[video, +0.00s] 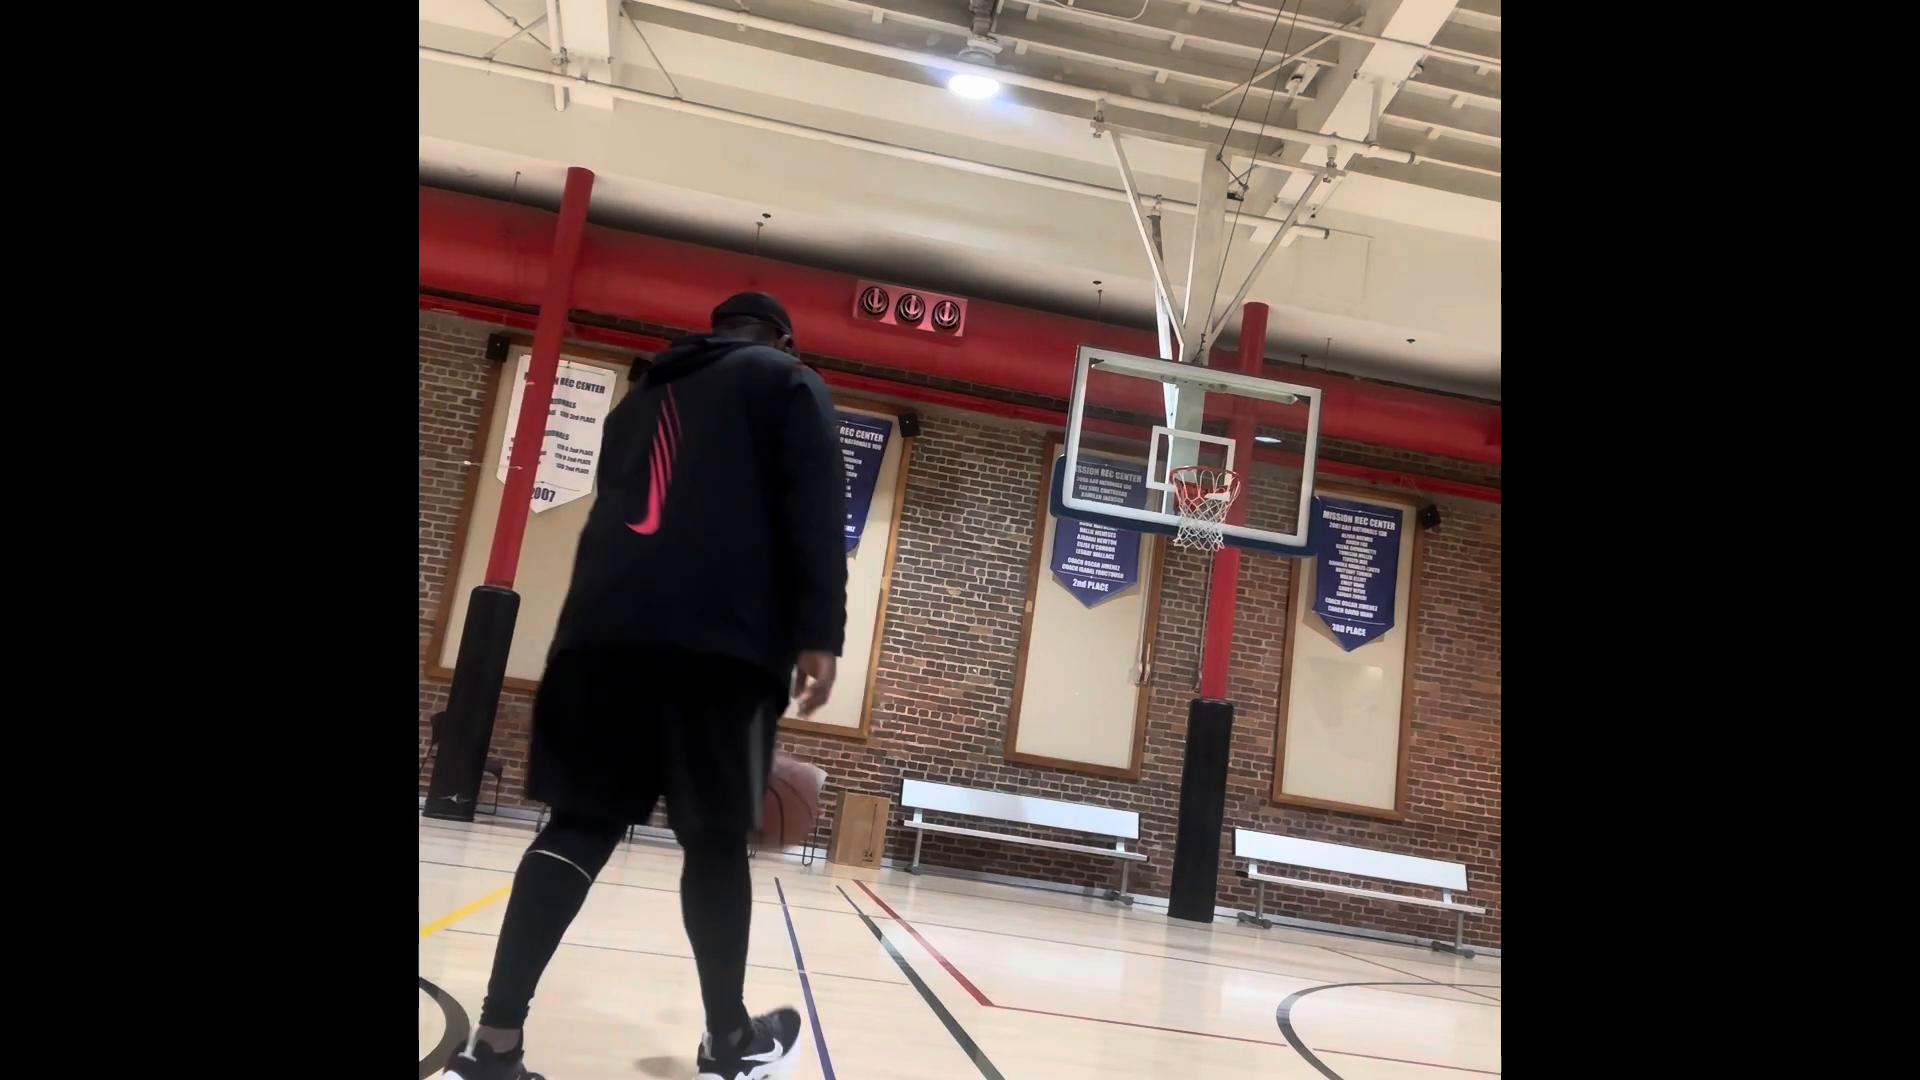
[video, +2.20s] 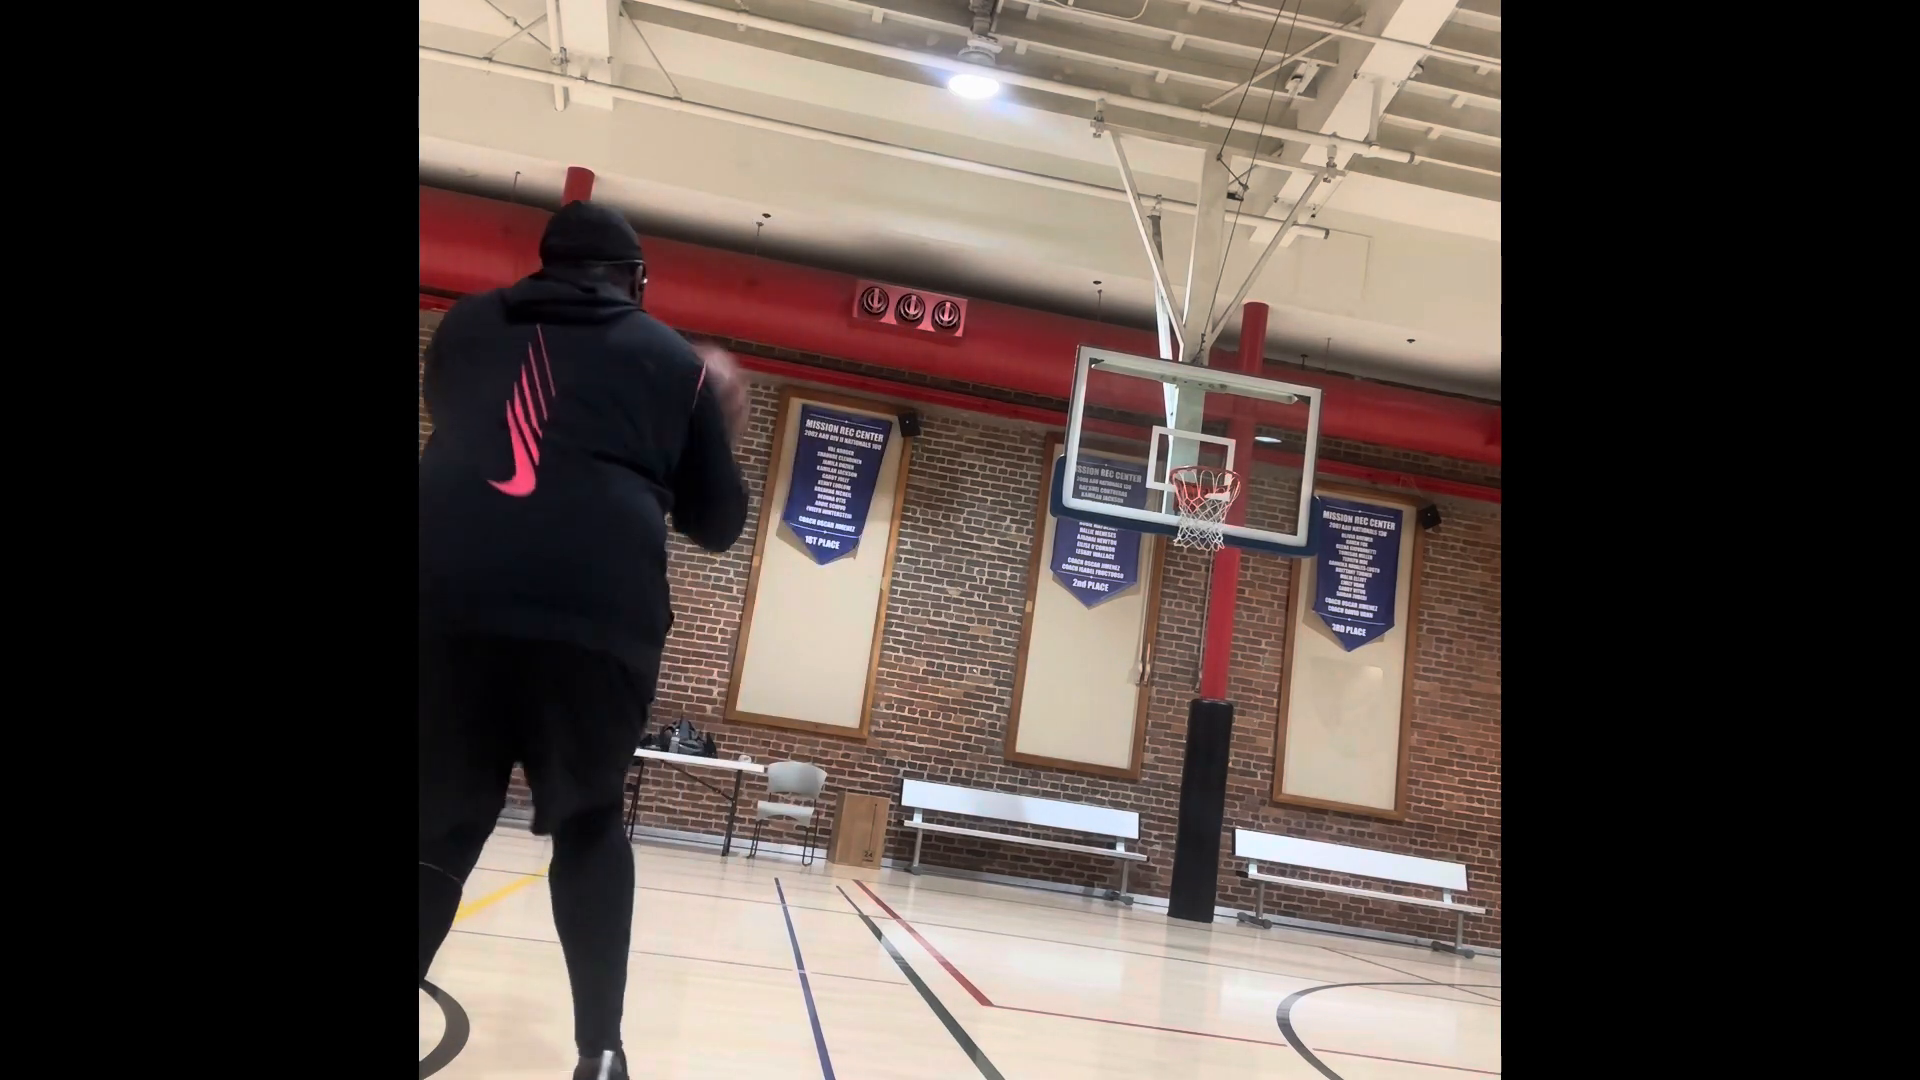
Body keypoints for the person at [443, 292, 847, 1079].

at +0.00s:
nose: (792, 358)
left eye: (785, 345)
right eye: (791, 346)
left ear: (712, 331)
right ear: (779, 339)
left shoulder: (639, 398)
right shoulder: (787, 381)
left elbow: (608, 525)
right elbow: (815, 511)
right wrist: (819, 633)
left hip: (604, 637)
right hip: (723, 647)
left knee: (581, 822)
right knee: (716, 839)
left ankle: (495, 1038)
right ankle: (728, 1034)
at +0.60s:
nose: (822, 327)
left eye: (819, 315)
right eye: (823, 315)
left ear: (743, 283)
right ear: (810, 301)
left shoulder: (640, 349)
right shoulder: (801, 332)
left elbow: (575, 482)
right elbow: (837, 489)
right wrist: (864, 648)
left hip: (564, 593)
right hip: (686, 602)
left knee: (547, 825)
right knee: (676, 860)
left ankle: (484, 1046)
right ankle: (618, 1068)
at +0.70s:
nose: (861, 320)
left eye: (864, 310)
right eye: (863, 308)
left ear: (774, 268)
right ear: (846, 288)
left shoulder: (666, 333)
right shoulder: (831, 319)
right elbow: (867, 474)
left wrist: (788, 618)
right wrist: (904, 618)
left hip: (566, 575)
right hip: (692, 588)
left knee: (531, 827)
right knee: (689, 866)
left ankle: (473, 1048)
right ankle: (618, 1070)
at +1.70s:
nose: (767, 265)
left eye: (767, 254)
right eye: (765, 252)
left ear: (661, 227)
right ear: (749, 242)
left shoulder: (562, 284)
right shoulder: (760, 294)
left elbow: (498, 417)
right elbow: (793, 448)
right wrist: (741, 599)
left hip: (462, 538)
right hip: (619, 554)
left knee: (441, 821)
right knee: (607, 845)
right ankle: (585, 1069)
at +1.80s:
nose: (726, 268)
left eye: (722, 258)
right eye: (727, 256)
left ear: (621, 230)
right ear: (711, 249)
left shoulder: (522, 294)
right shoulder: (736, 309)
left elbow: (469, 424)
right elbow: (774, 471)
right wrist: (693, 591)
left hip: (454, 553)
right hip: (615, 568)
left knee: (438, 820)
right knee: (605, 847)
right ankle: (586, 1069)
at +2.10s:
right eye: (647, 268)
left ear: (555, 253)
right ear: (642, 270)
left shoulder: (466, 316)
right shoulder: (681, 348)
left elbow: (424, 432)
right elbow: (712, 518)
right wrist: (637, 544)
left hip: (445, 585)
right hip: (598, 601)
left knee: (435, 816)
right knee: (603, 813)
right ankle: (605, 1038)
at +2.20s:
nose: (636, 287)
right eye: (636, 276)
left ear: (545, 265)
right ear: (631, 277)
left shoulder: (466, 325)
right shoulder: (674, 365)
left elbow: (447, 408)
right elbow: (717, 522)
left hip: (446, 603)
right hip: (596, 618)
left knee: (439, 828)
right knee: (588, 822)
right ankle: (599, 1052)